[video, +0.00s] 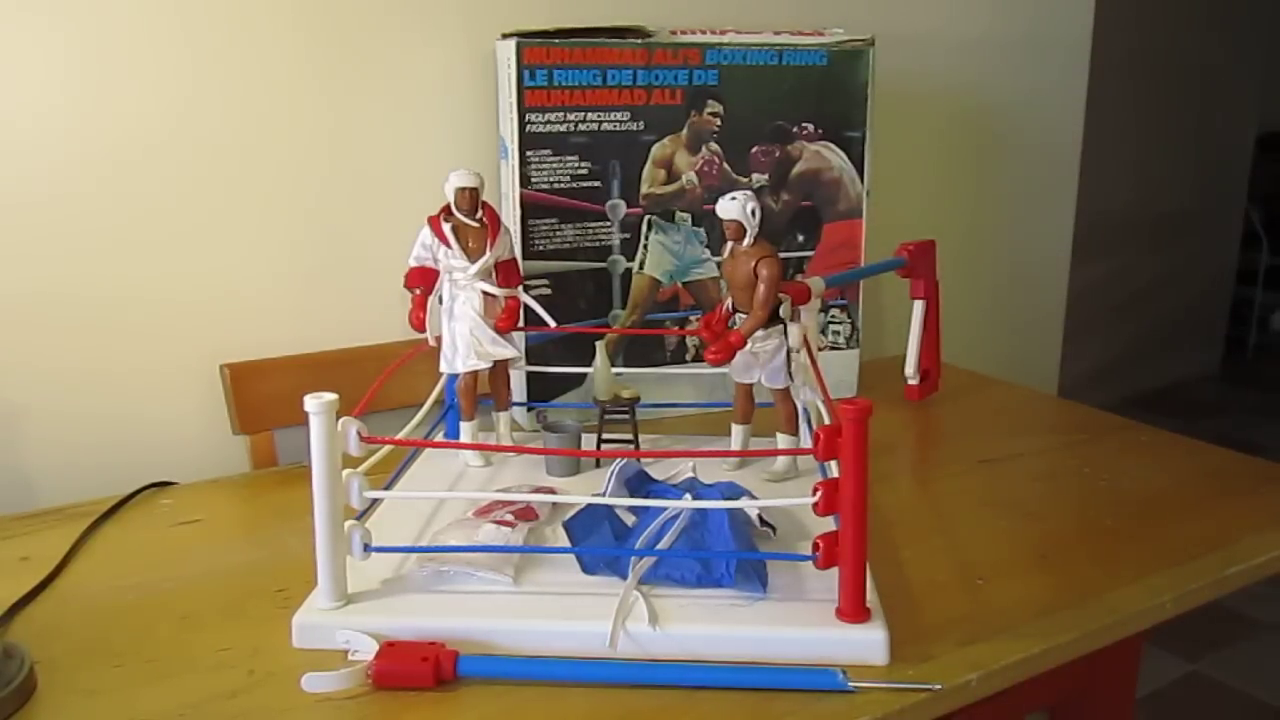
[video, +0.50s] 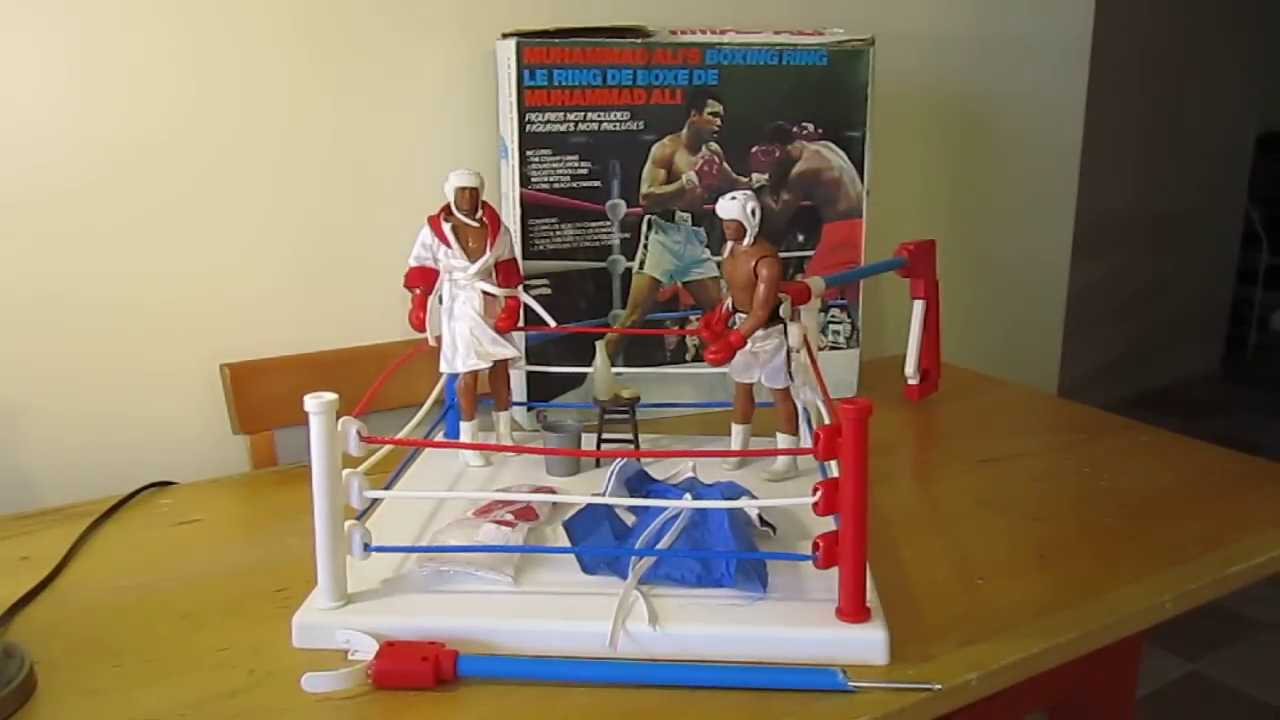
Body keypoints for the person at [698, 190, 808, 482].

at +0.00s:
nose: (726, 227)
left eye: (731, 222)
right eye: (724, 222)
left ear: (748, 222)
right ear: (723, 222)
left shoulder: (767, 262)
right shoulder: (730, 249)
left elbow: (761, 314)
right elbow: (734, 293)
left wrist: (735, 340)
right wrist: (720, 319)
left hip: (768, 333)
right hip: (743, 329)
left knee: (780, 391)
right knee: (742, 387)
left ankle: (787, 457)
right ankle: (737, 450)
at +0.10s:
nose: (725, 227)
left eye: (731, 222)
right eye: (723, 221)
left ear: (748, 222)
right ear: (723, 222)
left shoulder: (767, 262)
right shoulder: (730, 249)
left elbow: (761, 313)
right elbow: (735, 292)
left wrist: (735, 340)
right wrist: (720, 318)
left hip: (769, 333)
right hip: (743, 329)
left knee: (780, 391)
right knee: (742, 387)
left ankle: (787, 457)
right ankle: (737, 450)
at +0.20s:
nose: (726, 227)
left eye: (731, 222)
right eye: (724, 222)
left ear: (748, 223)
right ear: (723, 222)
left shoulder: (767, 262)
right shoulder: (730, 249)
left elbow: (761, 314)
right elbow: (734, 293)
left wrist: (735, 340)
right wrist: (719, 318)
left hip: (769, 332)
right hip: (743, 329)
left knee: (780, 391)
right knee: (742, 386)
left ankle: (787, 457)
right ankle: (737, 450)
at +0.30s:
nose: (725, 227)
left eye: (730, 222)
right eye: (723, 221)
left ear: (748, 222)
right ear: (723, 222)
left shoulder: (767, 262)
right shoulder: (730, 249)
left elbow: (761, 313)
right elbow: (735, 292)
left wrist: (735, 340)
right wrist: (719, 316)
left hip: (769, 332)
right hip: (742, 328)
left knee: (780, 391)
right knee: (742, 386)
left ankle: (787, 456)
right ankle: (737, 450)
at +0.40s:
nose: (726, 227)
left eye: (731, 222)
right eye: (724, 222)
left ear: (748, 222)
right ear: (723, 222)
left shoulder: (766, 262)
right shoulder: (730, 250)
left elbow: (761, 313)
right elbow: (735, 292)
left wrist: (735, 339)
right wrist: (720, 317)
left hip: (769, 333)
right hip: (743, 330)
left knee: (780, 391)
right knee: (742, 386)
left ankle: (787, 456)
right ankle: (737, 450)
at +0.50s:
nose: (726, 227)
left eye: (731, 222)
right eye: (724, 221)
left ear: (748, 222)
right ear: (723, 222)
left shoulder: (766, 262)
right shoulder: (730, 249)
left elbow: (761, 313)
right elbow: (735, 292)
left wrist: (736, 339)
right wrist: (720, 317)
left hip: (769, 333)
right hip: (743, 329)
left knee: (780, 391)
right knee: (742, 387)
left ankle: (787, 457)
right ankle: (737, 450)